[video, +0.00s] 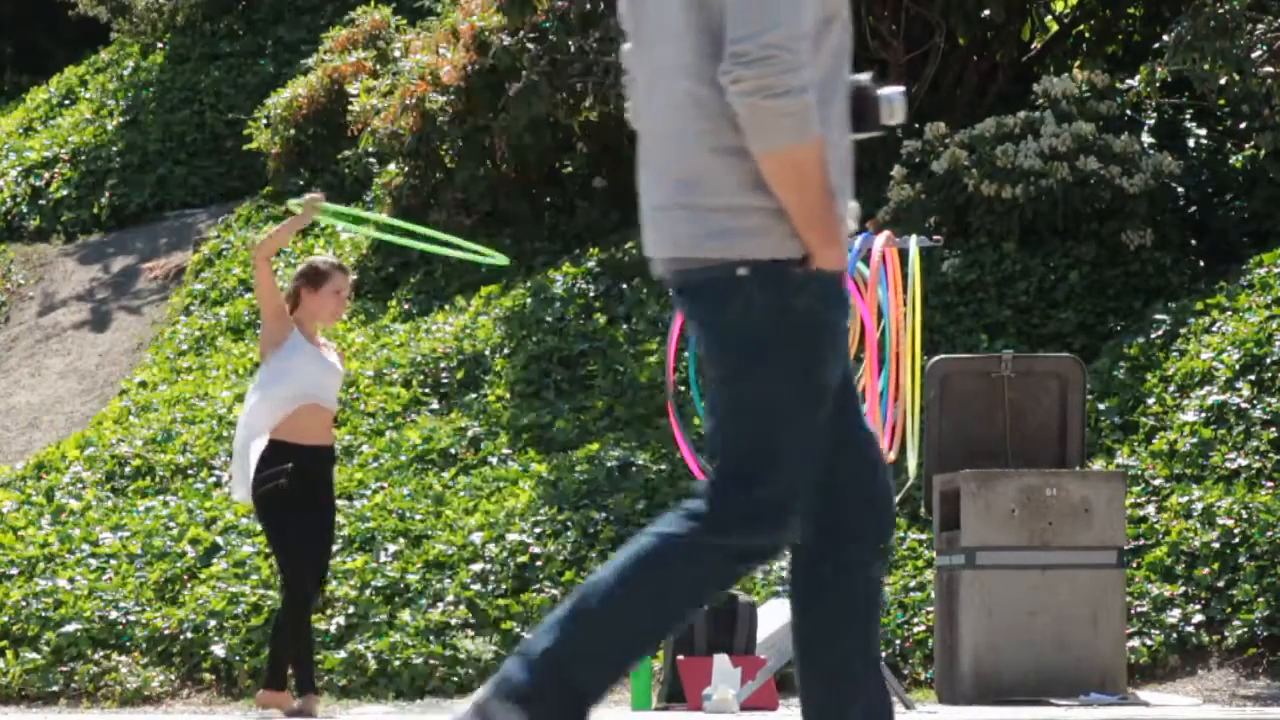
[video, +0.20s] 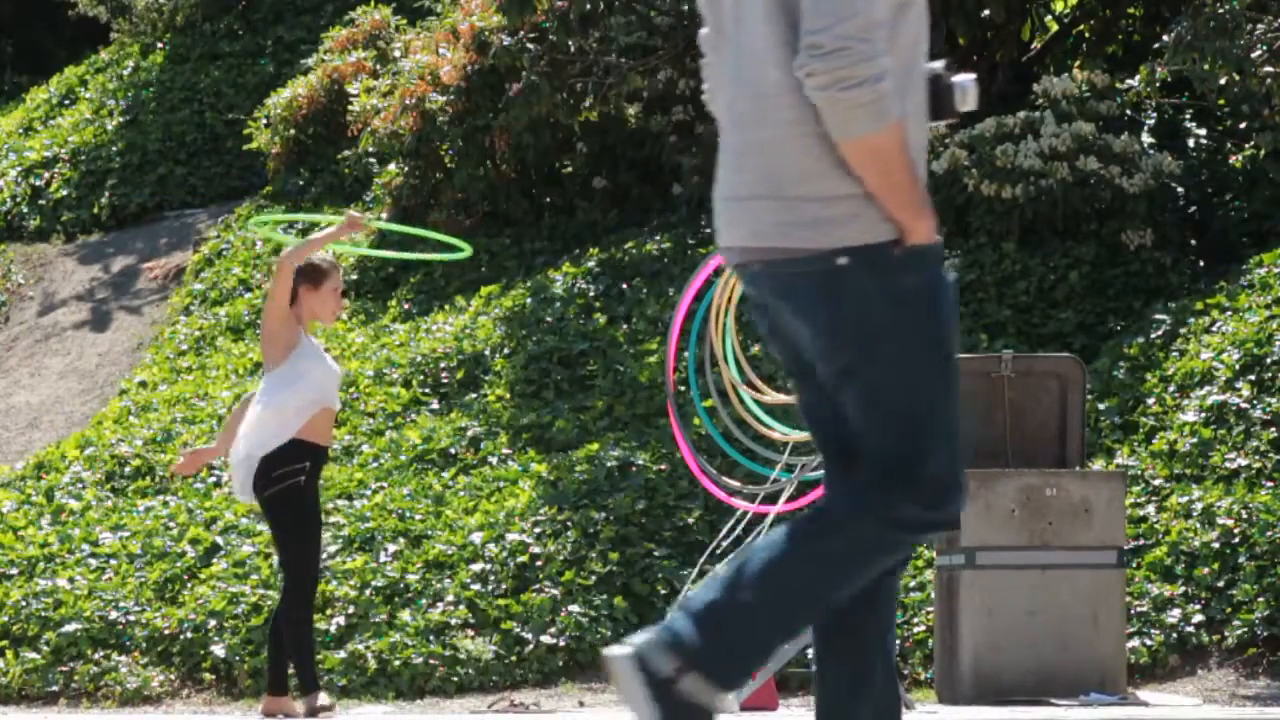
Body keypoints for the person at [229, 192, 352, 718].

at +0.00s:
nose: (343, 303)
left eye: (347, 295)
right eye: (337, 293)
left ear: (334, 302)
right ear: (306, 293)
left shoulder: (330, 349)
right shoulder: (278, 329)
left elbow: (318, 412)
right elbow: (260, 254)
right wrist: (303, 217)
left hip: (321, 467)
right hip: (281, 464)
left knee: (307, 583)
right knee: (298, 582)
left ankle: (274, 686)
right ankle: (306, 693)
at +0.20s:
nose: (342, 301)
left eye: (342, 292)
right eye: (336, 293)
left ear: (315, 297)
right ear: (306, 293)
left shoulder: (306, 345)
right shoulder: (283, 334)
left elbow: (252, 402)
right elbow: (286, 263)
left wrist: (216, 449)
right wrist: (337, 230)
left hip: (302, 463)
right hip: (285, 462)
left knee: (299, 582)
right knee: (301, 580)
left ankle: (278, 694)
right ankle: (306, 692)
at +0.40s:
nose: (325, 296)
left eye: (324, 288)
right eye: (318, 287)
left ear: (283, 292)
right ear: (297, 290)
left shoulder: (271, 336)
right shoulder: (287, 324)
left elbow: (232, 392)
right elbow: (333, 283)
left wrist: (233, 414)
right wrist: (369, 254)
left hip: (264, 474)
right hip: (292, 473)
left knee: (280, 587)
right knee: (314, 585)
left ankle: (270, 695)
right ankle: (317, 692)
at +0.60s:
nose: (310, 295)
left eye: (307, 289)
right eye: (307, 289)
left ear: (269, 298)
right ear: (298, 295)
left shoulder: (253, 345)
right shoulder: (307, 332)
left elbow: (221, 401)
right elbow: (375, 310)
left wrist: (274, 404)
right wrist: (379, 284)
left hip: (246, 483)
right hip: (297, 481)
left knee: (270, 583)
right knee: (315, 584)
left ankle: (268, 694)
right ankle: (319, 693)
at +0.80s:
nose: (253, 302)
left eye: (254, 295)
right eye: (254, 295)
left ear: (262, 300)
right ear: (302, 296)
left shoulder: (249, 350)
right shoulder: (329, 338)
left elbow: (231, 406)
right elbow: (365, 349)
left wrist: (300, 411)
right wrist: (335, 321)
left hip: (249, 478)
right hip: (305, 478)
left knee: (261, 588)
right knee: (298, 586)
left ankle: (267, 694)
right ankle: (314, 689)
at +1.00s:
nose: (256, 308)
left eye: (261, 300)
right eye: (255, 300)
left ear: (284, 300)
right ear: (297, 300)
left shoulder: (263, 347)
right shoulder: (334, 340)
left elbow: (273, 412)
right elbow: (333, 391)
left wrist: (325, 409)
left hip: (263, 473)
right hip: (312, 473)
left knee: (263, 581)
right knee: (274, 579)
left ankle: (269, 689)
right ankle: (292, 681)